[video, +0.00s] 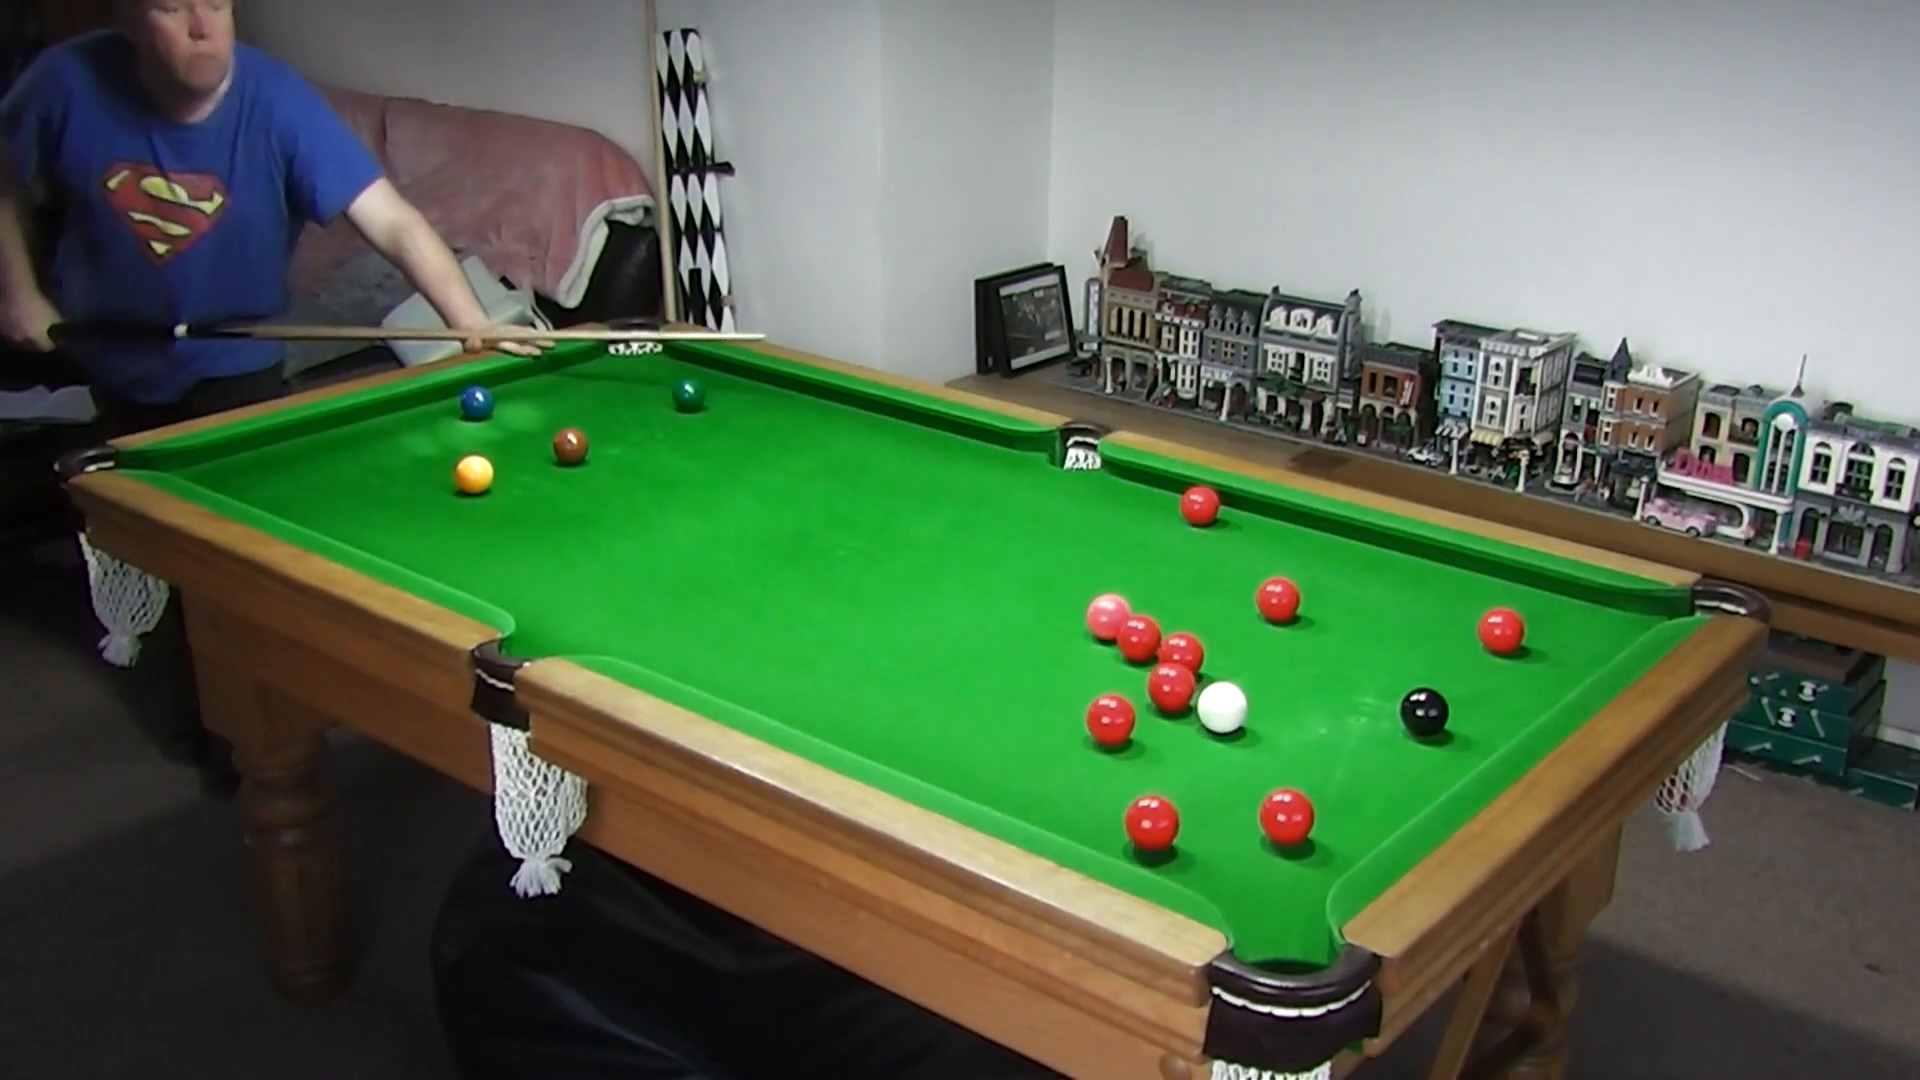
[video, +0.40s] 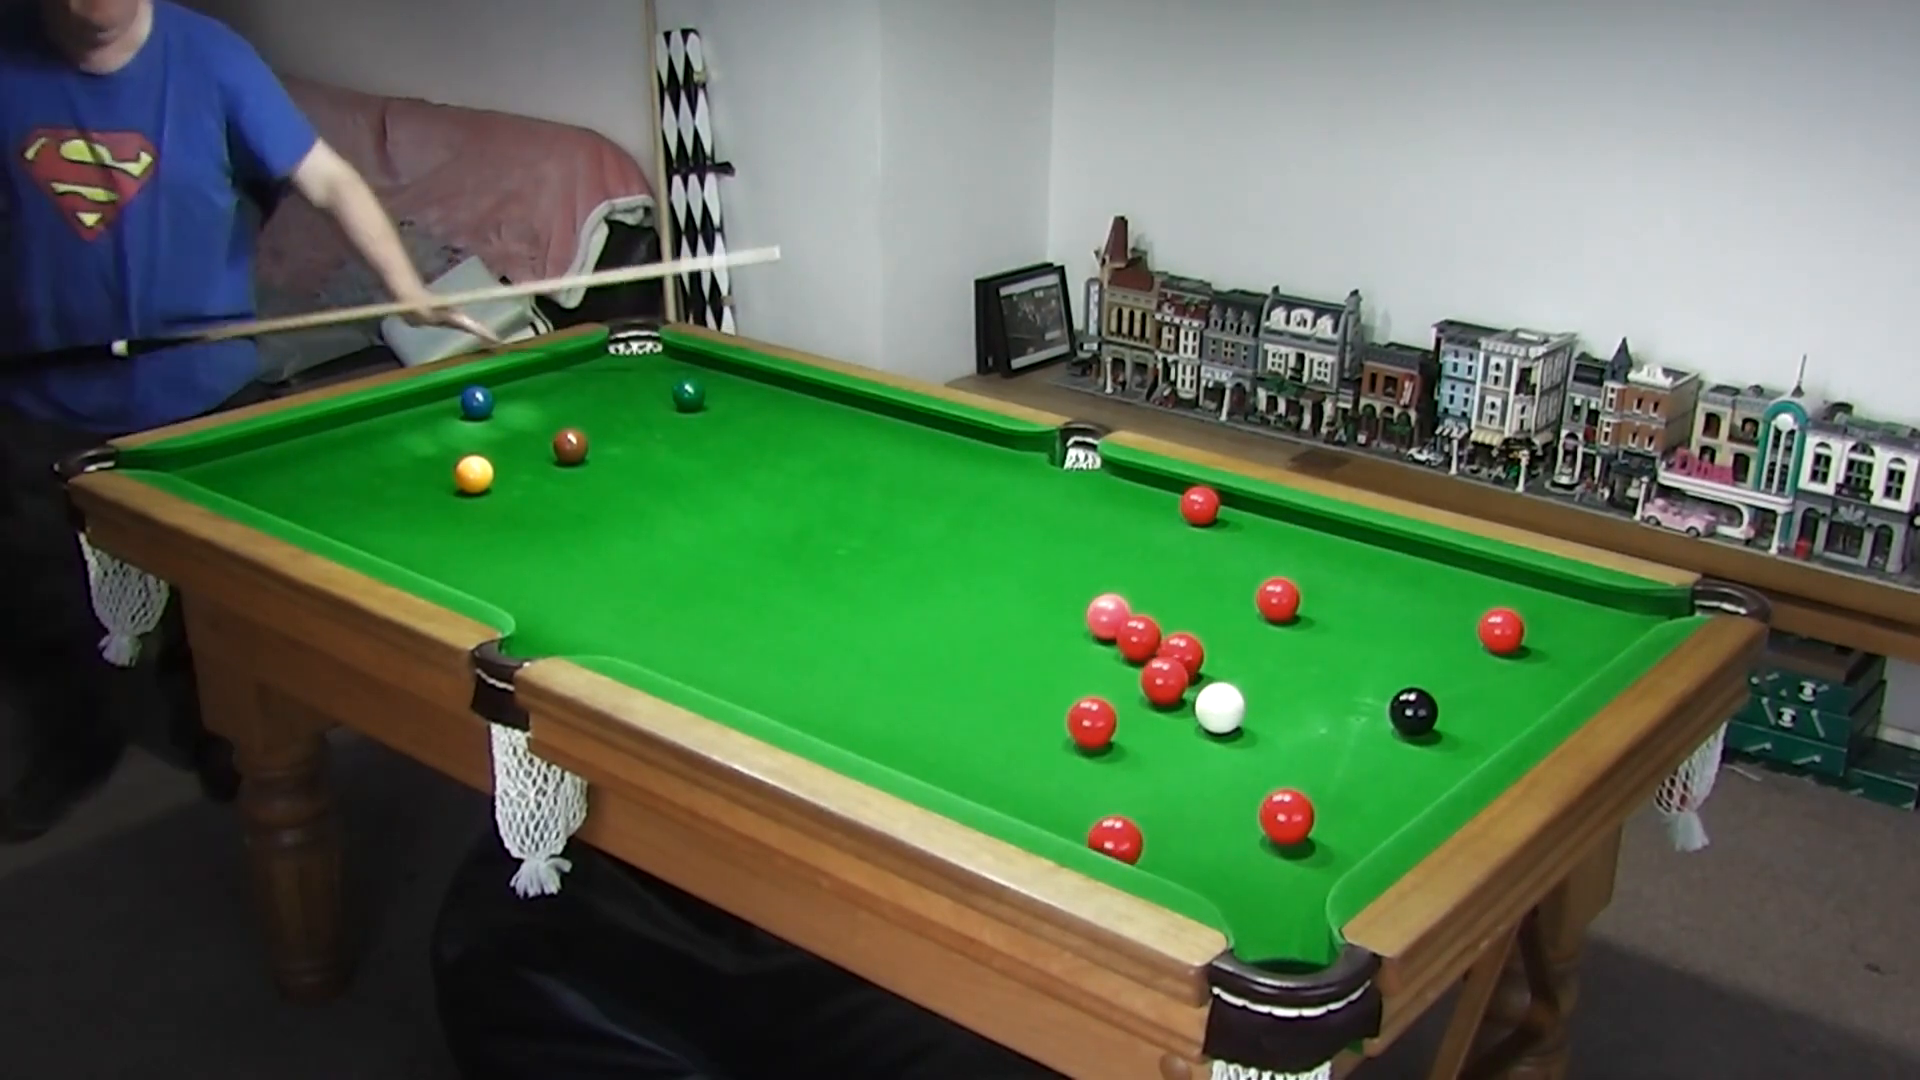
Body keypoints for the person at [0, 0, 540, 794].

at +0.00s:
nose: (204, 26)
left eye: (215, 5)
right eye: (175, 9)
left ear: (233, 10)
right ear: (131, 21)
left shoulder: (277, 101)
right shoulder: (64, 85)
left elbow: (394, 222)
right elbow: (7, 189)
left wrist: (475, 326)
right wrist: (20, 290)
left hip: (236, 361)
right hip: (96, 361)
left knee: (243, 548)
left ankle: (238, 720)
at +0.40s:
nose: (101, 7)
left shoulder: (210, 59)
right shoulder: (12, 66)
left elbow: (333, 180)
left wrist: (410, 289)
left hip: (203, 399)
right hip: (44, 405)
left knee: (223, 593)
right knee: (41, 604)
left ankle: (222, 735)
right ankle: (69, 742)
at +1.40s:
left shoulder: (2, 96)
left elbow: (35, 211)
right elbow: (41, 215)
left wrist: (81, 313)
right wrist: (79, 308)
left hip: (2, 478)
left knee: (9, 718)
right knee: (7, 722)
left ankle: (15, 957)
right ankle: (14, 963)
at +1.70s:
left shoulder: (9, 104)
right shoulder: (17, 107)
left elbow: (89, 252)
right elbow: (91, 254)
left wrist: (125, 359)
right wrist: (125, 355)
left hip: (6, 531)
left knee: (26, 739)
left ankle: (8, 959)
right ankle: (6, 966)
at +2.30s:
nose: (11, 121)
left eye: (12, 90)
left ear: (25, 75)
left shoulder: (63, 141)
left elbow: (229, 292)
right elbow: (230, 289)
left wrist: (337, 451)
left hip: (24, 557)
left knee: (14, 808)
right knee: (13, 807)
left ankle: (17, 990)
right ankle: (14, 998)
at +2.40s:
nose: (37, 141)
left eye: (41, 104)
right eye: (6, 121)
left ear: (50, 81)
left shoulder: (90, 168)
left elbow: (259, 315)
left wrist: (379, 475)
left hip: (23, 574)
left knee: (27, 828)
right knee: (26, 827)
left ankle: (51, 1034)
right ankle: (44, 1031)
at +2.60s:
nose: (166, 264)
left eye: (167, 231)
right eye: (127, 248)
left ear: (175, 203)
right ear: (23, 250)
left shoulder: (190, 249)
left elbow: (358, 393)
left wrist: (503, 549)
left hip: (24, 597)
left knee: (27, 831)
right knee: (27, 835)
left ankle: (80, 1032)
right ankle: (82, 1031)